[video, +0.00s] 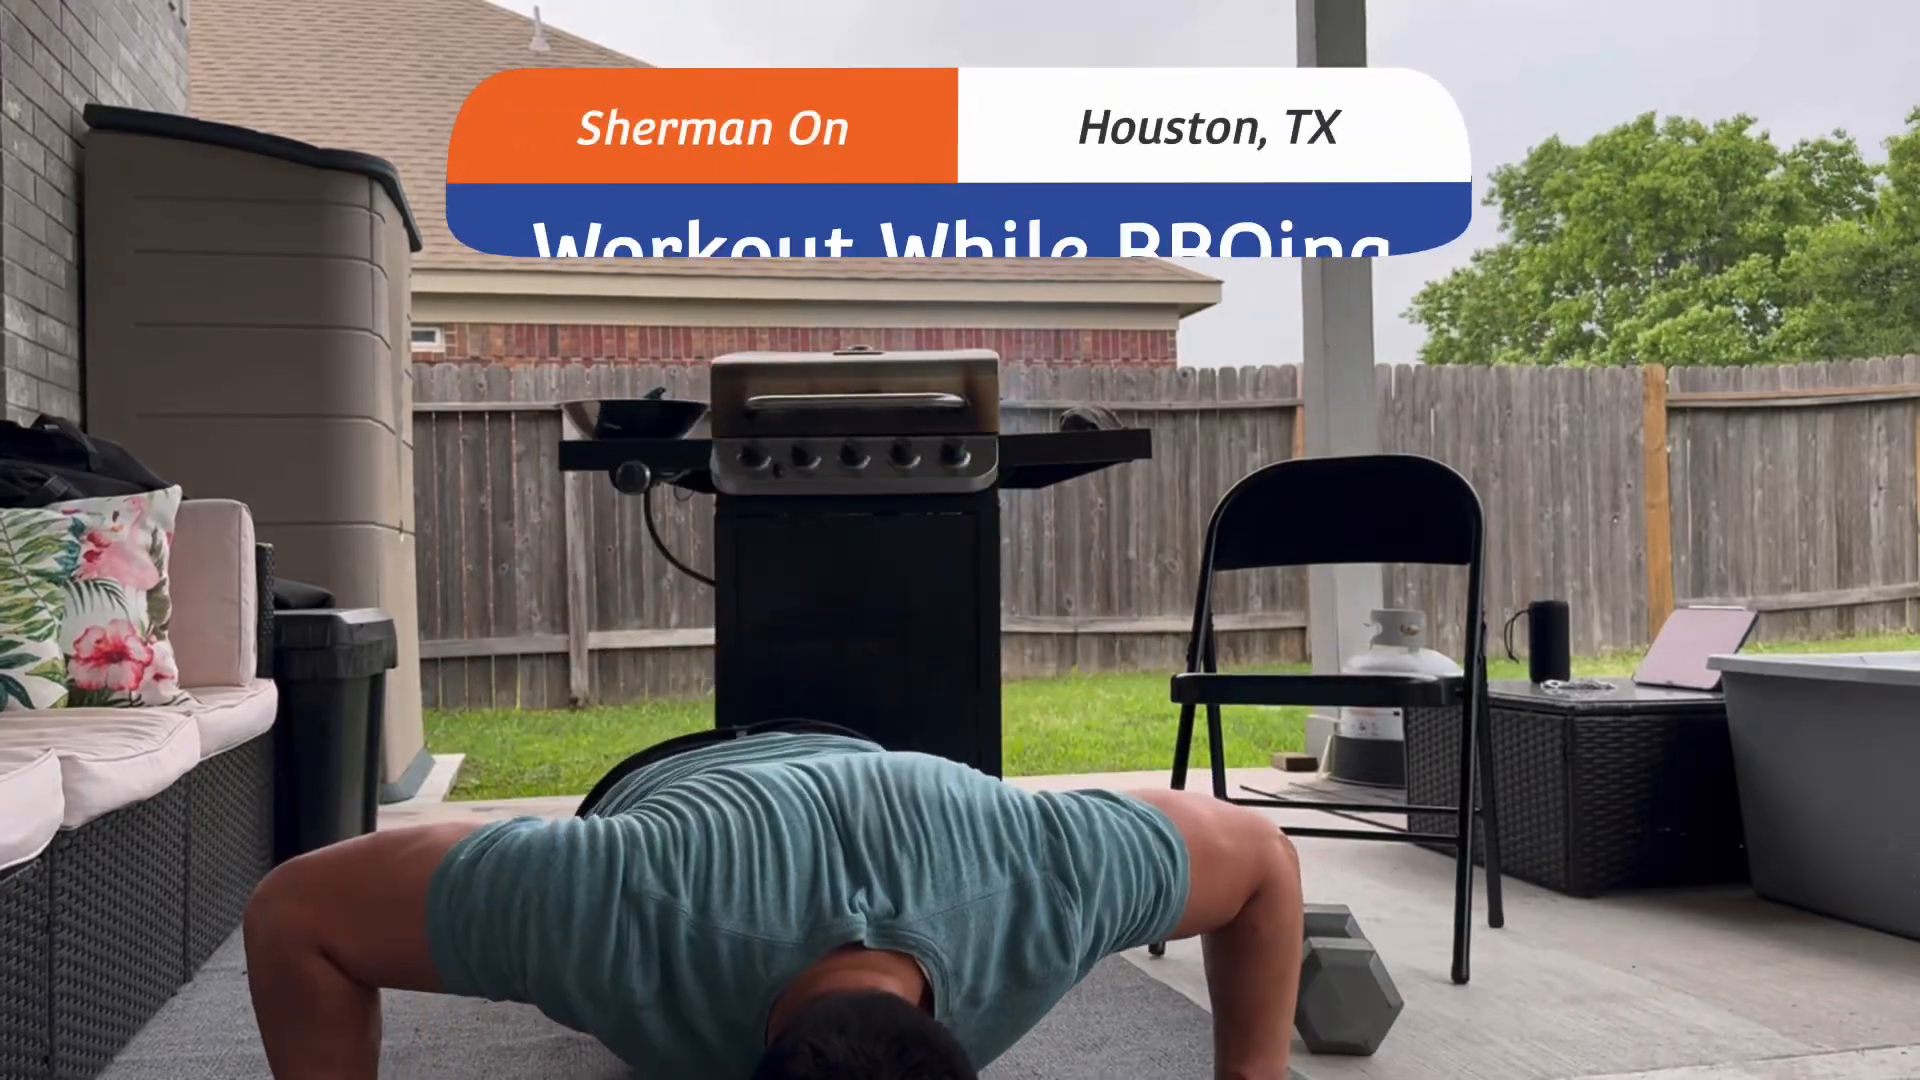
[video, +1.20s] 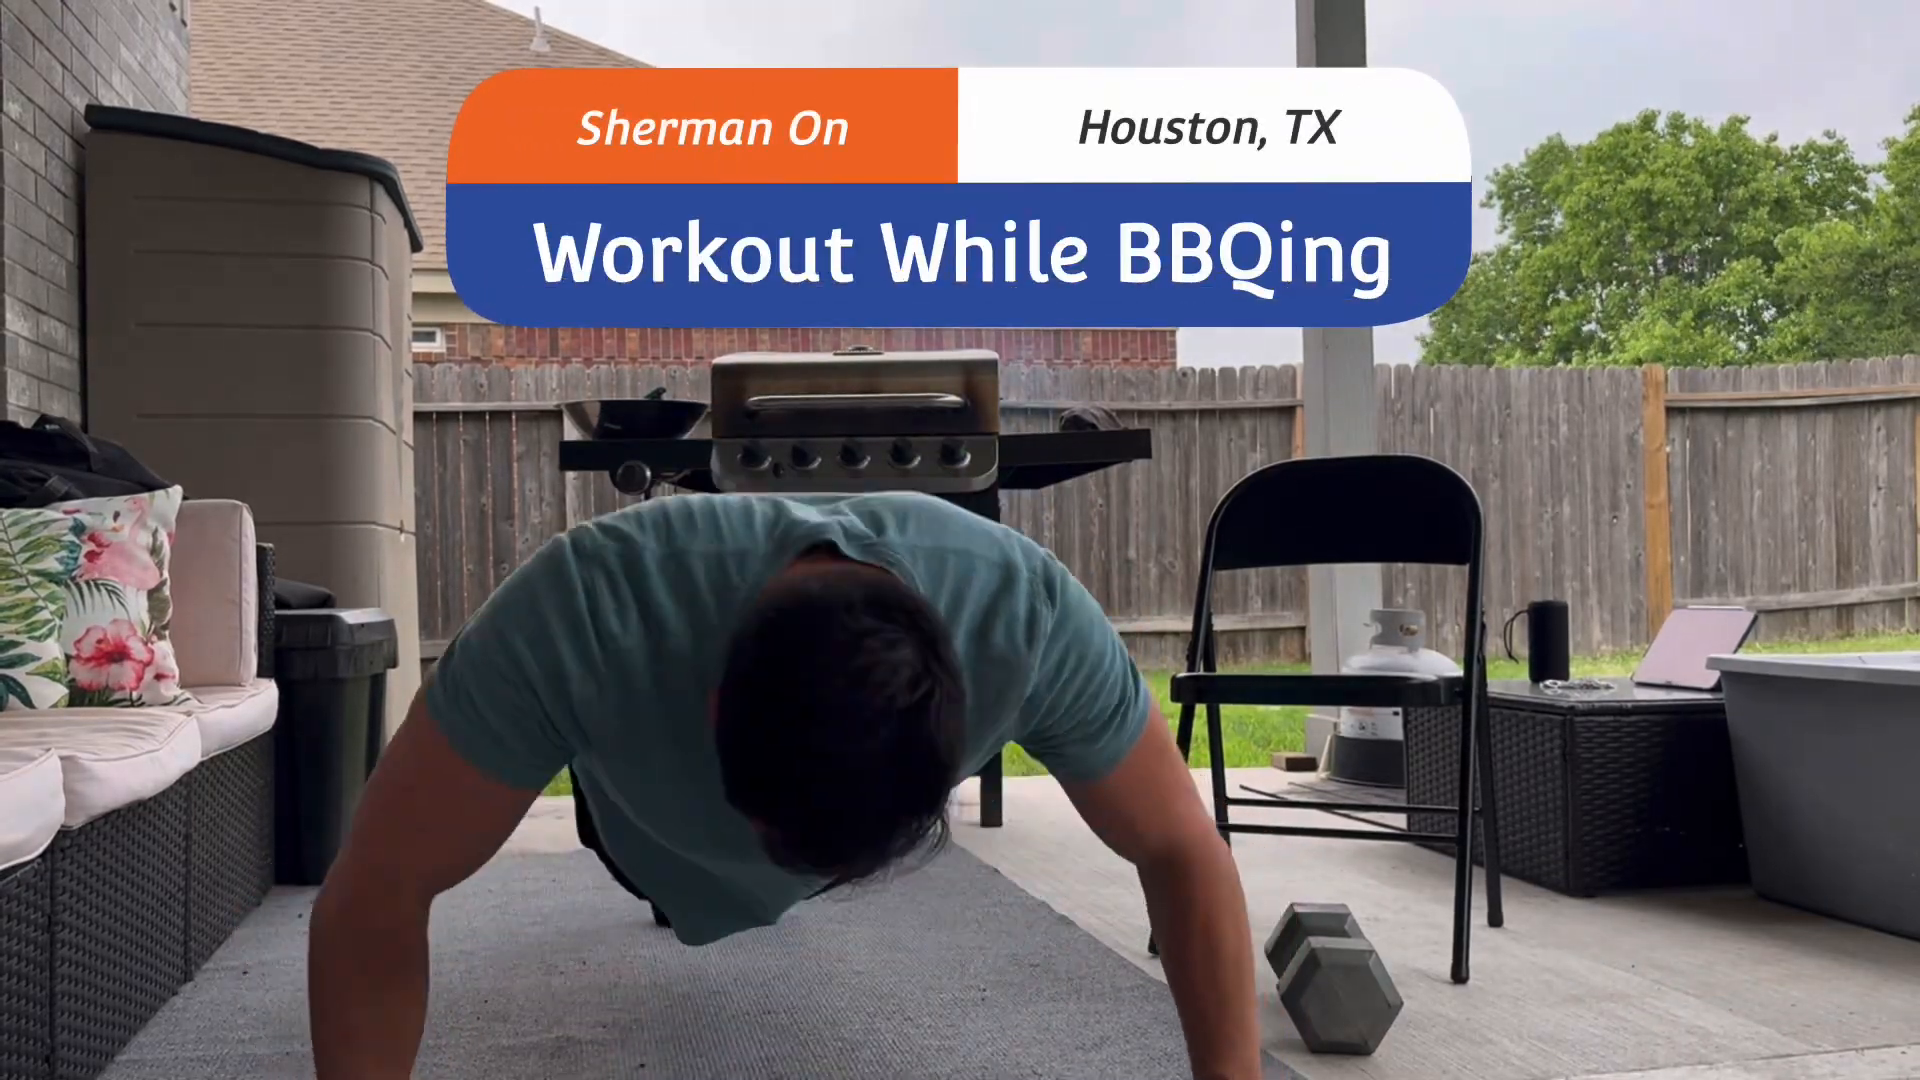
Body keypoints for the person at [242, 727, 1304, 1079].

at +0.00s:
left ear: (945, 1031)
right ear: (767, 1036)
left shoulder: (1052, 882)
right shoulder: (620, 924)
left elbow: (1263, 865)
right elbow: (293, 923)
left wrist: (1256, 1066)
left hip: (895, 773)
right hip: (652, 799)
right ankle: (451, 816)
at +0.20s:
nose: (825, 1047)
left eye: (870, 1036)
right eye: (797, 1022)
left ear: (975, 871)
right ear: (743, 875)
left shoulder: (1056, 756)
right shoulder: (589, 771)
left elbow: (1245, 871)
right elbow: (312, 923)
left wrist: (1248, 1067)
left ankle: (1278, 945)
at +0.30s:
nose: (844, 897)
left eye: (882, 875)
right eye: (809, 872)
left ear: (959, 766)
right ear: (730, 758)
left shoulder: (1045, 638)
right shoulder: (585, 631)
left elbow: (1208, 857)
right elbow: (372, 903)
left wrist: (1240, 1070)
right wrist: (362, 1072)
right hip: (668, 802)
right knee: (690, 887)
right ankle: (671, 887)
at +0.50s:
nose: (830, 930)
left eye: (868, 913)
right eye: (792, 904)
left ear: (955, 794)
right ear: (724, 777)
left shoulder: (1030, 653)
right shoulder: (582, 656)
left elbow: (1205, 861)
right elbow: (346, 902)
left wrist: (1236, 1072)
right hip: (670, 869)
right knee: (678, 898)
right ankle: (637, 868)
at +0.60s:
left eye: (888, 1064)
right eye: (794, 1052)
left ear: (958, 925)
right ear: (732, 933)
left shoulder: (1043, 775)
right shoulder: (583, 779)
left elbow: (1248, 867)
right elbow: (293, 922)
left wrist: (1250, 1067)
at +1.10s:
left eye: (886, 1042)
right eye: (804, 1033)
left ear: (965, 866)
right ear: (733, 879)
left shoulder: (1047, 752)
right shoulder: (586, 766)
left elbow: (1233, 872)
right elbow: (299, 921)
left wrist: (1244, 1066)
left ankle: (1269, 950)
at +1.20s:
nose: (806, 877)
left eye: (857, 857)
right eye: (778, 845)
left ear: (952, 736)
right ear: (715, 716)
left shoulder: (1034, 624)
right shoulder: (574, 616)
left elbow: (1185, 859)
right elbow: (373, 899)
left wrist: (1230, 1067)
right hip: (657, 794)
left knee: (863, 861)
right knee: (687, 889)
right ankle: (664, 891)